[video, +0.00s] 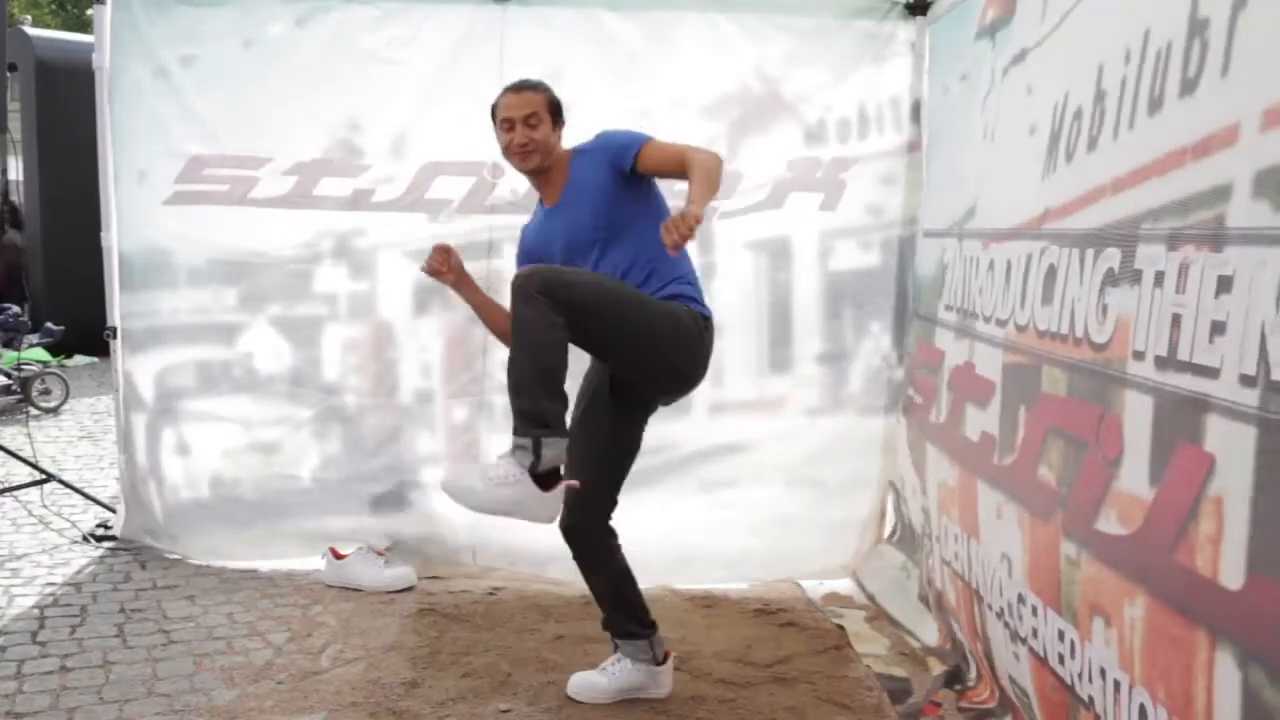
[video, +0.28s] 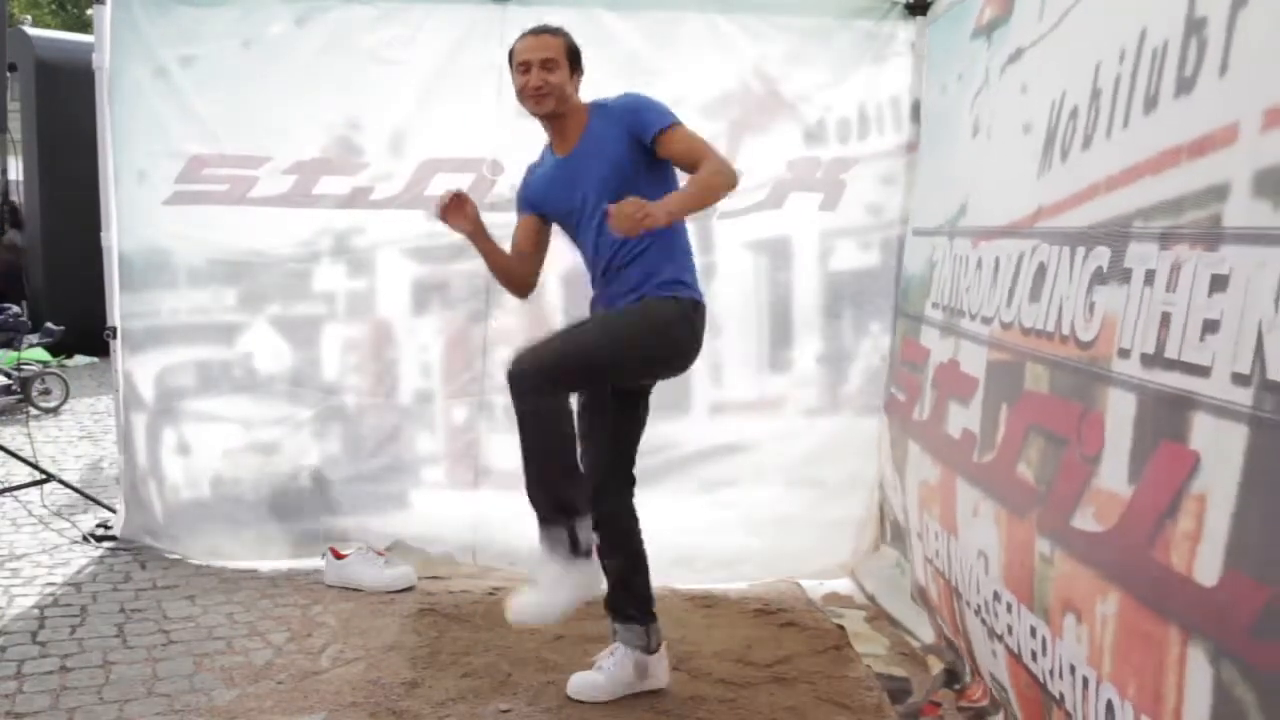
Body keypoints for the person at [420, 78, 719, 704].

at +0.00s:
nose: (520, 136)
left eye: (533, 122)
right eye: (507, 127)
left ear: (558, 127)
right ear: (498, 140)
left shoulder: (605, 154)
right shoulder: (535, 238)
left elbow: (704, 162)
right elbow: (523, 336)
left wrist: (692, 209)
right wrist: (462, 282)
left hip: (676, 334)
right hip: (620, 366)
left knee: (537, 286)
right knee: (581, 515)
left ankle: (538, 472)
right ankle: (642, 659)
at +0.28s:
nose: (537, 78)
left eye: (550, 66)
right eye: (524, 69)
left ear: (576, 74)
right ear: (514, 85)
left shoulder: (628, 114)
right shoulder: (540, 180)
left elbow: (721, 173)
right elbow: (520, 279)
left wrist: (660, 209)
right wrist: (475, 232)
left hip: (669, 313)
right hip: (615, 325)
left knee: (532, 370)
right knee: (607, 490)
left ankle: (568, 556)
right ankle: (640, 649)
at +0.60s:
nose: (557, 90)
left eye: (572, 78)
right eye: (553, 80)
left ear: (612, 89)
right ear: (550, 94)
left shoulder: (658, 169)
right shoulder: (561, 182)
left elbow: (662, 290)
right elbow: (567, 286)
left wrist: (556, 290)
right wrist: (527, 318)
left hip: (643, 373)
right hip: (582, 371)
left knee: (592, 535)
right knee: (554, 523)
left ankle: (623, 677)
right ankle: (637, 624)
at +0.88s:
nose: (558, 68)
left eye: (571, 53)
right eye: (554, 55)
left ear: (615, 56)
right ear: (564, 63)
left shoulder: (648, 121)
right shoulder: (608, 139)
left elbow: (605, 213)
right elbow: (617, 246)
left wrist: (489, 216)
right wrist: (542, 243)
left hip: (638, 347)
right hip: (588, 329)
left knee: (626, 506)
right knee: (490, 426)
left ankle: (654, 645)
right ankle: (578, 522)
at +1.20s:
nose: (547, 75)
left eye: (559, 60)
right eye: (543, 62)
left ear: (603, 61)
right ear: (554, 68)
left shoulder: (623, 113)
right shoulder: (606, 137)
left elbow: (555, 191)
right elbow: (611, 244)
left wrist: (466, 255)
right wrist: (536, 214)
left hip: (633, 339)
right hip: (584, 331)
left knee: (636, 500)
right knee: (502, 438)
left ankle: (660, 646)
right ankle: (572, 560)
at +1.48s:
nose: (522, 119)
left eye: (535, 105)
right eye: (516, 108)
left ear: (572, 109)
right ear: (516, 116)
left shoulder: (607, 167)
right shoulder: (560, 196)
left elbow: (641, 273)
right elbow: (566, 299)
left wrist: (644, 384)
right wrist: (493, 318)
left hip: (612, 371)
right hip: (567, 369)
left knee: (566, 525)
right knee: (531, 515)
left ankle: (665, 658)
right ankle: (600, 636)